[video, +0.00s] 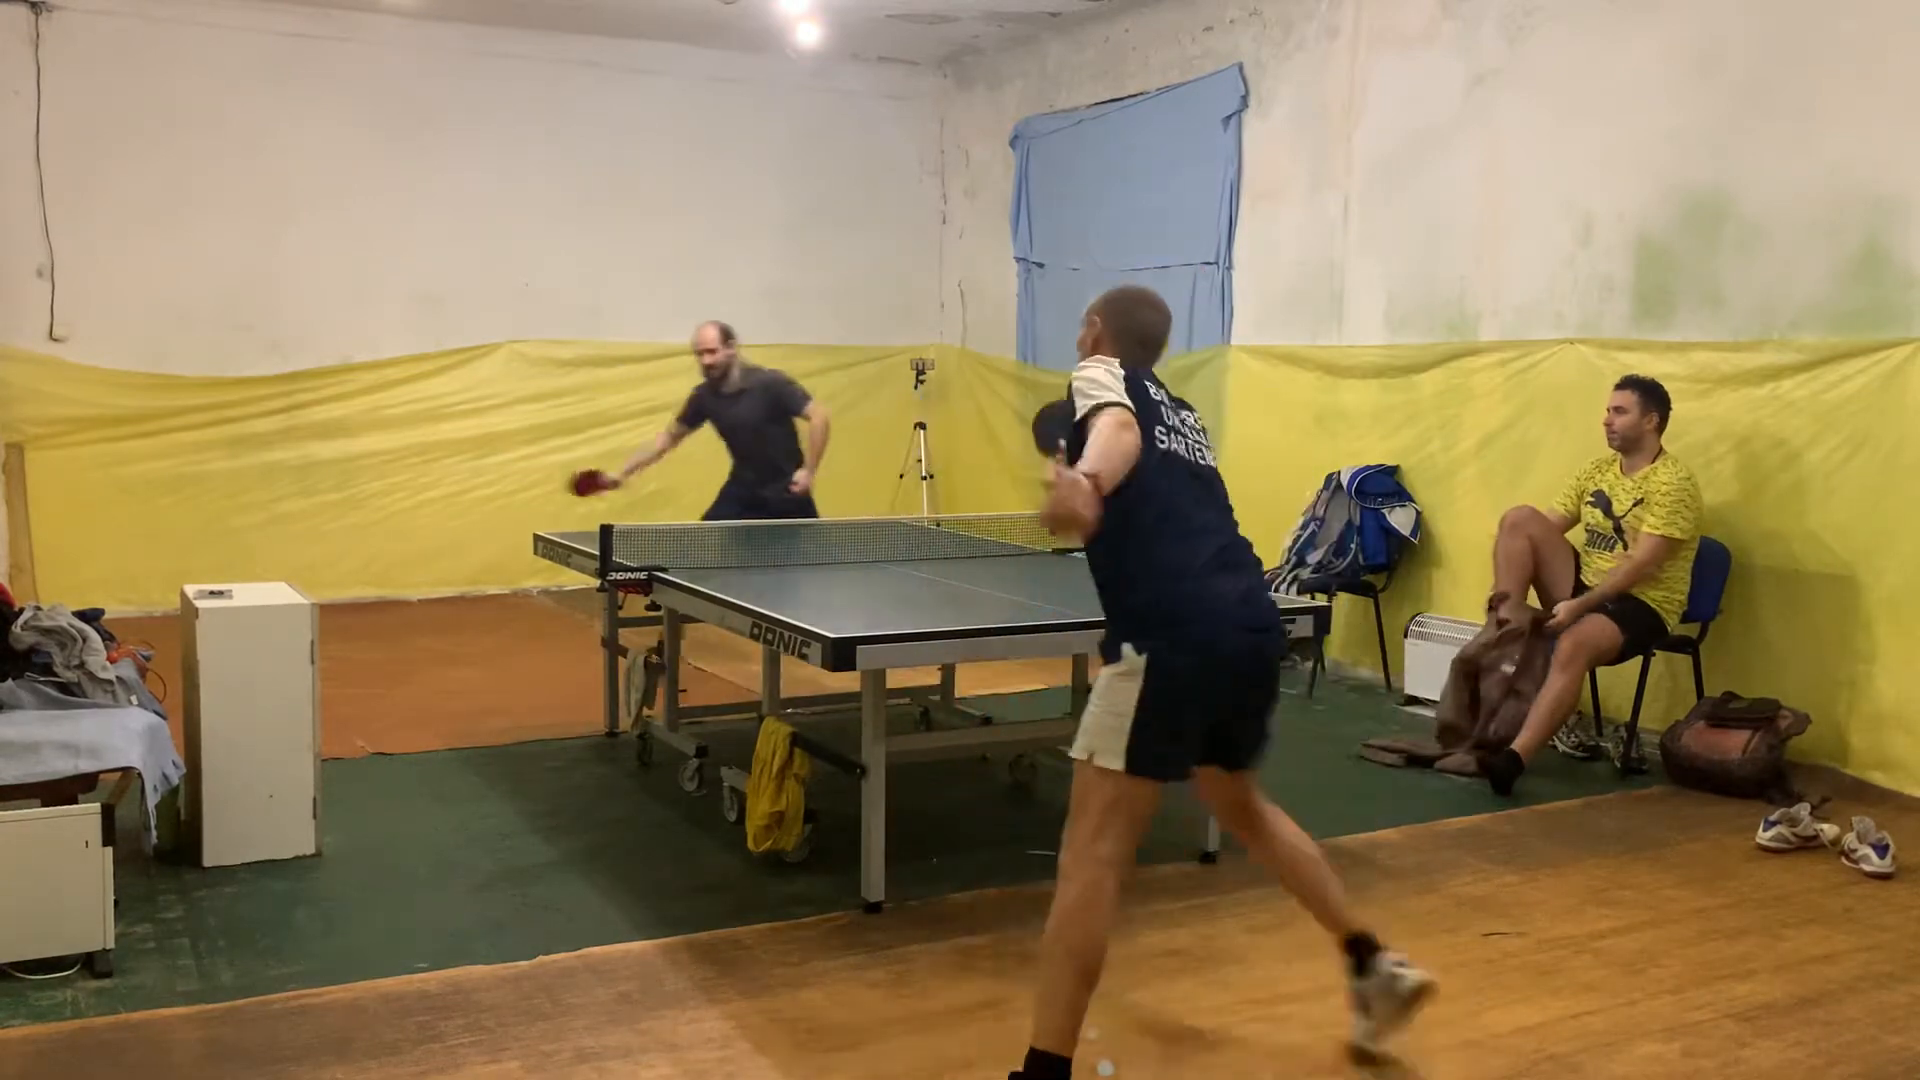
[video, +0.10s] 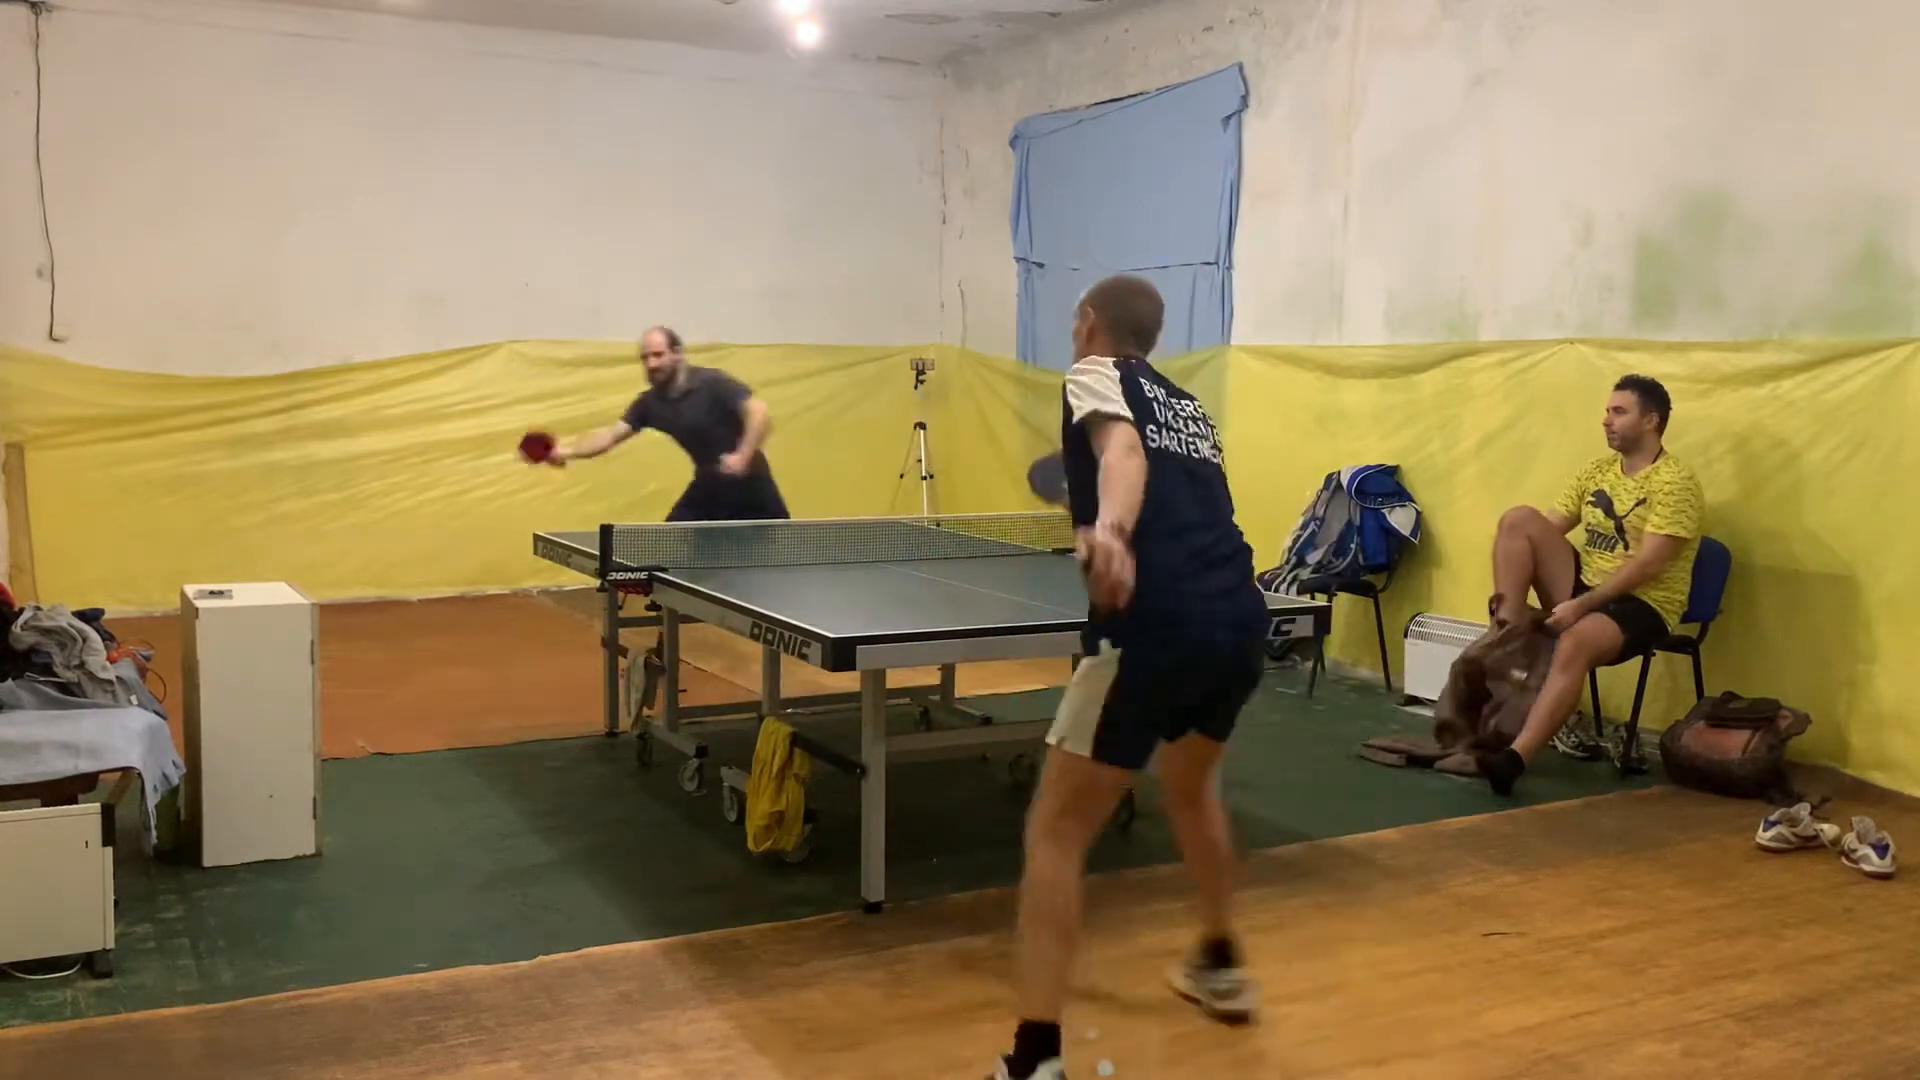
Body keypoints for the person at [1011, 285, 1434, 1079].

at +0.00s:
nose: (1078, 340)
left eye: (1082, 328)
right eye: (1084, 329)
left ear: (1095, 335)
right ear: (1152, 353)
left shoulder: (1098, 376)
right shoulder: (1181, 412)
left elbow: (1122, 429)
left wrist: (1087, 482)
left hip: (1164, 643)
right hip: (1252, 633)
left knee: (1093, 855)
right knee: (1237, 800)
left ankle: (1046, 1066)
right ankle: (1371, 961)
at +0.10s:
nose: (1073, 333)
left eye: (1076, 321)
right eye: (1077, 321)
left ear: (1089, 325)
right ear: (1151, 338)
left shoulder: (1092, 374)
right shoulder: (1182, 401)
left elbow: (1124, 448)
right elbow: (1195, 502)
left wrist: (1111, 524)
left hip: (1151, 628)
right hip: (1237, 623)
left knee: (1057, 830)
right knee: (1191, 783)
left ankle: (1036, 1052)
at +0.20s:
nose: (1076, 345)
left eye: (1079, 334)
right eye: (1082, 333)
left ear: (1094, 335)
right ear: (1150, 345)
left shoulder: (1095, 392)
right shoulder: (1196, 413)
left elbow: (1117, 494)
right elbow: (1206, 526)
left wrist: (1082, 606)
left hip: (1138, 633)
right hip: (1225, 635)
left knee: (1011, 806)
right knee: (1161, 779)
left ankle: (1025, 1002)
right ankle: (1206, 964)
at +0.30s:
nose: (1074, 351)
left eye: (1076, 339)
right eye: (1078, 340)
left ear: (1087, 337)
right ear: (1154, 348)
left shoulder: (1078, 389)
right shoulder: (1198, 418)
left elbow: (1081, 510)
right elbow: (1205, 538)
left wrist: (1030, 643)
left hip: (1113, 643)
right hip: (1208, 643)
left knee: (1007, 796)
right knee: (1162, 773)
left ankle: (964, 1003)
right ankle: (1211, 955)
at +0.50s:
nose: (1168, 364)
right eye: (1172, 355)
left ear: (1096, 340)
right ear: (1166, 350)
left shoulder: (1036, 407)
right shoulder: (1180, 401)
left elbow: (981, 519)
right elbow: (1211, 529)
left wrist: (954, 642)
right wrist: (1336, 591)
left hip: (1055, 650)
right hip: (1159, 647)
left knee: (994, 805)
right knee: (1191, 785)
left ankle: (951, 995)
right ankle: (1204, 960)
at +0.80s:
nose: (1065, 311)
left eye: (1064, 299)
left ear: (1064, 304)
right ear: (1138, 315)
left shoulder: (1024, 383)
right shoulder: (1171, 396)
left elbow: (987, 531)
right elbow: (1161, 502)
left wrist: (1056, 526)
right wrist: (1084, 512)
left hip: (1049, 638)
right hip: (1145, 636)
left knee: (977, 806)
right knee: (1163, 787)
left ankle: (928, 994)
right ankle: (1197, 964)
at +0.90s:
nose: (1043, 321)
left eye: (1040, 307)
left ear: (1043, 312)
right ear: (1116, 326)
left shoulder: (1003, 390)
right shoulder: (1149, 405)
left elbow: (959, 534)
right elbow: (1158, 538)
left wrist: (978, 610)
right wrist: (1126, 606)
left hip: (1026, 649)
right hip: (1129, 645)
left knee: (957, 827)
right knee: (1152, 792)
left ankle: (927, 1017)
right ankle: (1196, 966)